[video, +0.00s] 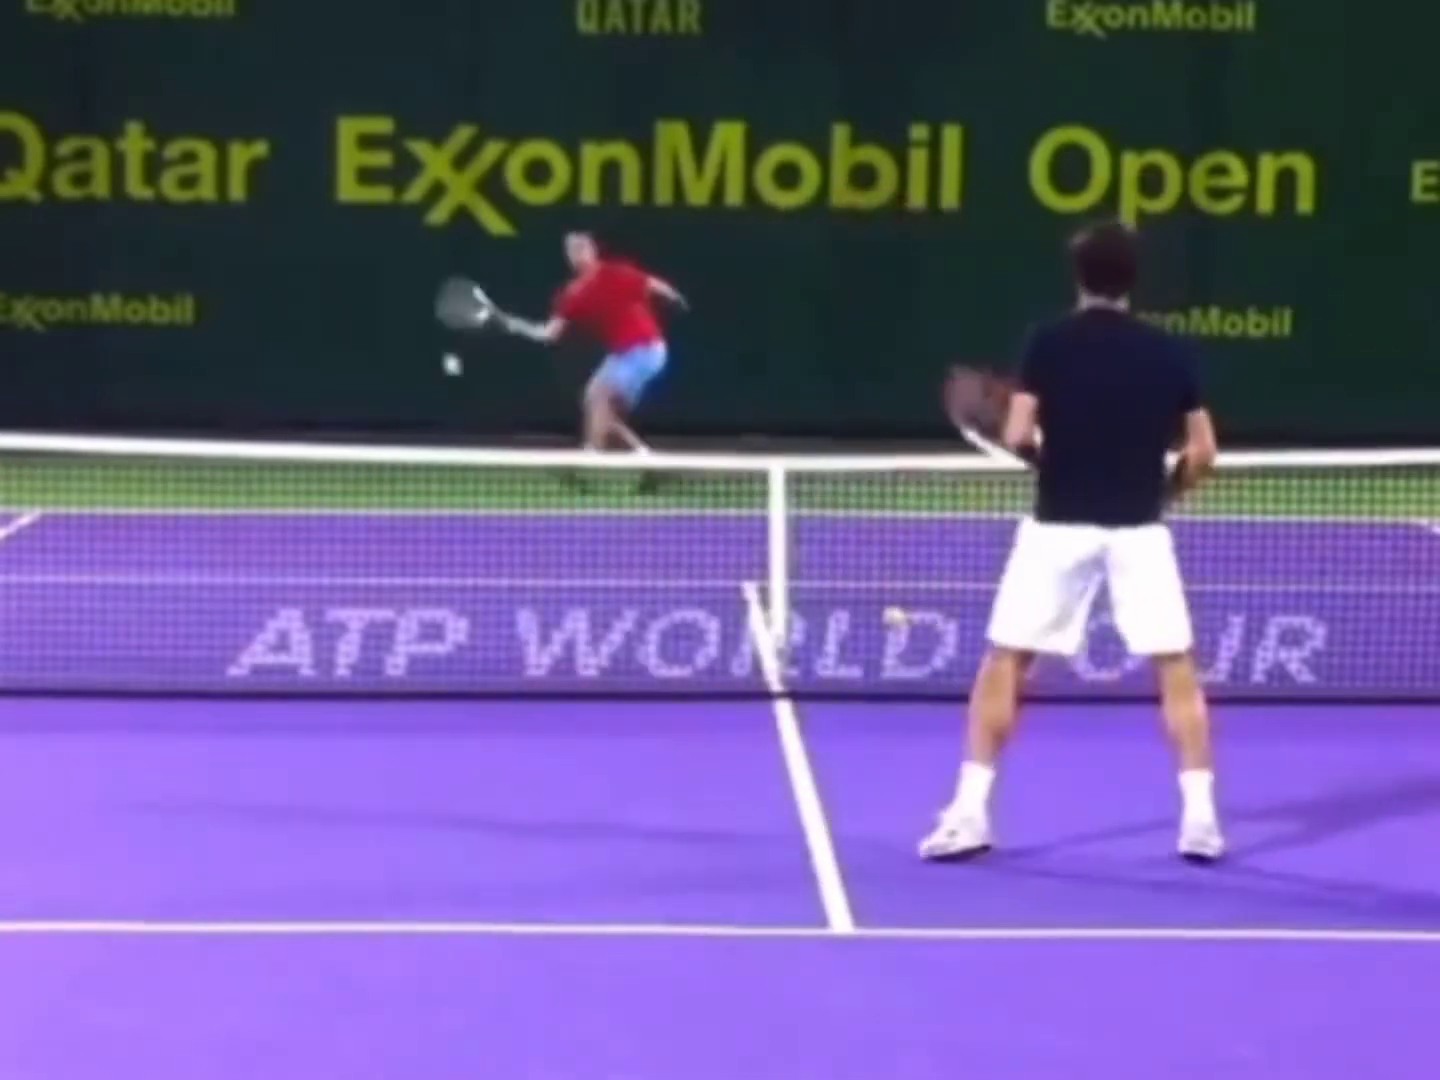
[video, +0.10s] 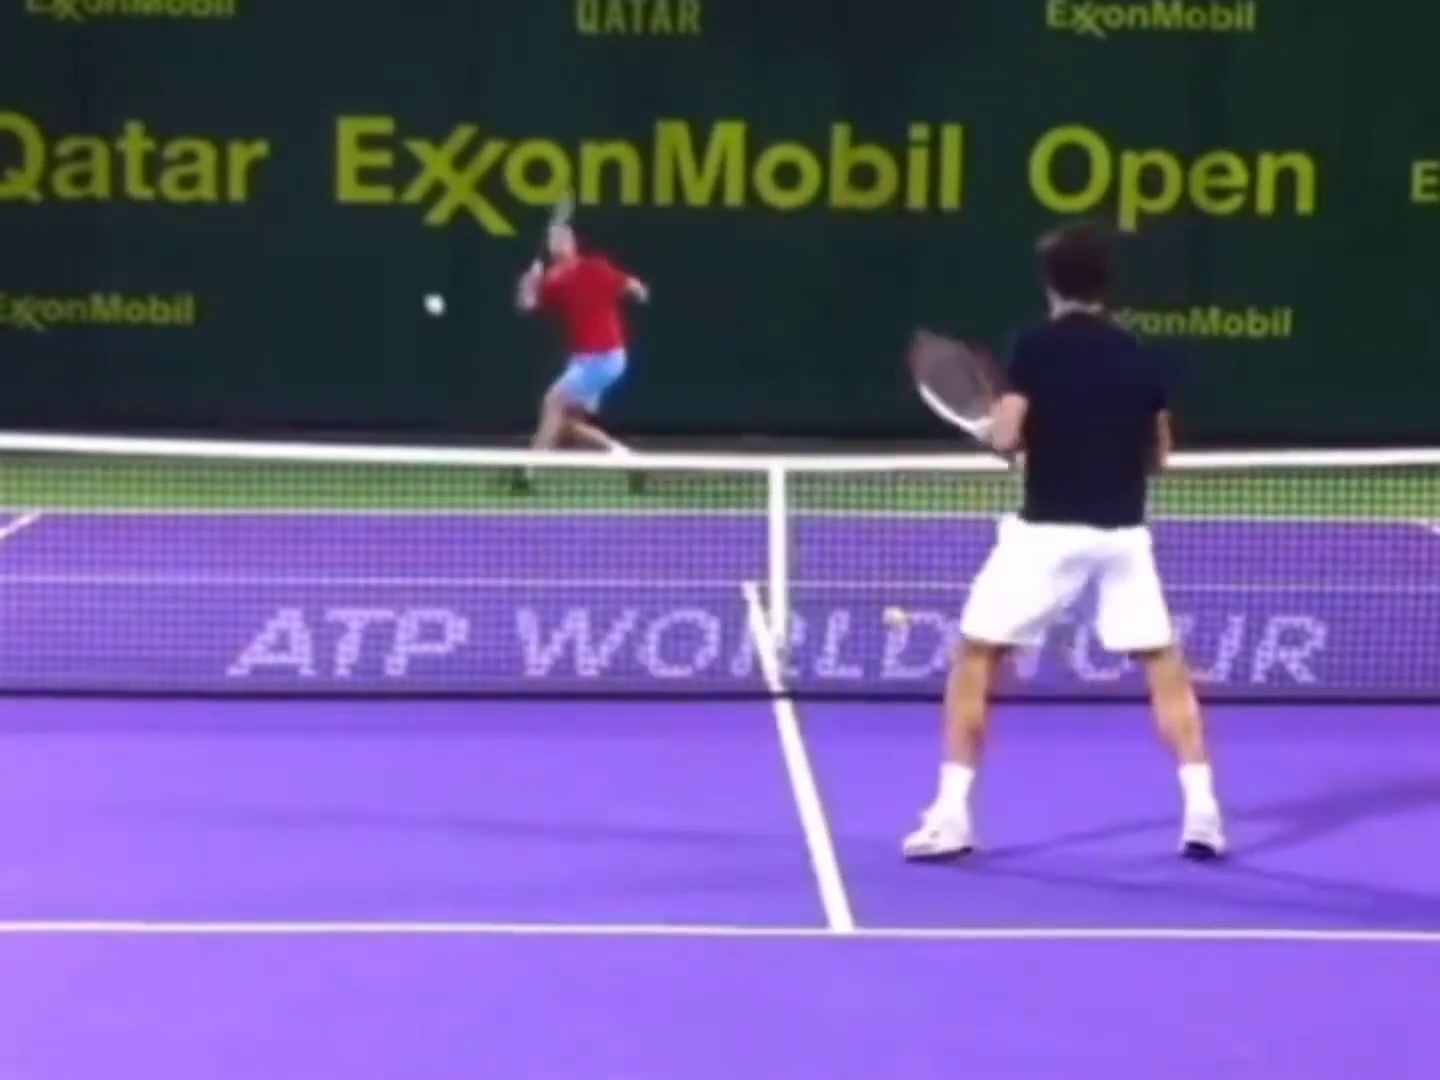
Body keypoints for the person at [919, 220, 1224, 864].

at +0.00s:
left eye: (1082, 274)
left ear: (1077, 279)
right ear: (1134, 281)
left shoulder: (1049, 342)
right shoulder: (1166, 350)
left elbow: (1018, 433)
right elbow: (1202, 452)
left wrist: (1057, 455)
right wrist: (1169, 488)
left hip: (1057, 527)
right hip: (1140, 530)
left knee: (1004, 662)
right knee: (1176, 669)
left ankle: (970, 808)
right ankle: (1199, 813)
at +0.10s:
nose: (1052, 292)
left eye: (1050, 282)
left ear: (1049, 286)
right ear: (1106, 285)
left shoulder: (1037, 345)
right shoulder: (1138, 354)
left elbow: (1006, 436)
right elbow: (1160, 454)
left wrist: (988, 419)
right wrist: (1104, 435)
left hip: (1047, 532)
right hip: (1126, 535)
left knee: (976, 653)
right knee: (1164, 665)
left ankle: (950, 808)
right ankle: (1201, 805)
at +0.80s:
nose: (557, 334)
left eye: (564, 322)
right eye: (557, 322)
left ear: (595, 327)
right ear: (604, 325)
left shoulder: (621, 387)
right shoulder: (650, 369)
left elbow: (573, 468)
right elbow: (715, 394)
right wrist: (770, 412)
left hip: (674, 569)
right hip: (619, 559)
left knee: (709, 712)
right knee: (534, 655)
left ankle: (846, 786)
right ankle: (524, 810)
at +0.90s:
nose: (496, 330)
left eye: (500, 318)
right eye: (495, 318)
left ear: (520, 320)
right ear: (539, 316)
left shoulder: (586, 371)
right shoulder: (540, 375)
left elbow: (669, 413)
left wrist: (750, 450)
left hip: (608, 571)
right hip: (551, 559)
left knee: (593, 721)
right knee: (480, 665)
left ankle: (725, 788)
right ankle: (521, 807)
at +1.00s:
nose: (461, 310)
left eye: (463, 298)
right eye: (461, 298)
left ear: (477, 298)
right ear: (516, 290)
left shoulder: (522, 349)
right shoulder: (536, 348)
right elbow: (591, 419)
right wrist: (641, 460)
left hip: (551, 544)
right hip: (521, 538)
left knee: (494, 678)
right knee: (458, 658)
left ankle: (607, 773)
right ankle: (515, 797)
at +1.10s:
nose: (432, 278)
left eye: (433, 267)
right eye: (433, 267)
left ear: (443, 268)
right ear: (491, 263)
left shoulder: (487, 329)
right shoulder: (512, 323)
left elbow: (537, 422)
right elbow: (560, 406)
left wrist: (533, 507)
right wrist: (559, 490)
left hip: (495, 512)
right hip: (521, 512)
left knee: (418, 639)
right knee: (462, 645)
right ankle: (515, 783)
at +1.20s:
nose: (409, 268)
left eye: (409, 257)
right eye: (414, 257)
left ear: (417, 257)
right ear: (469, 255)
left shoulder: (438, 317)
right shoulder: (505, 319)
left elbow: (449, 413)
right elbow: (548, 401)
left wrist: (414, 477)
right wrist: (529, 473)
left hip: (458, 506)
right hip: (511, 508)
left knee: (373, 625)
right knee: (463, 640)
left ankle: (383, 781)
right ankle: (513, 787)